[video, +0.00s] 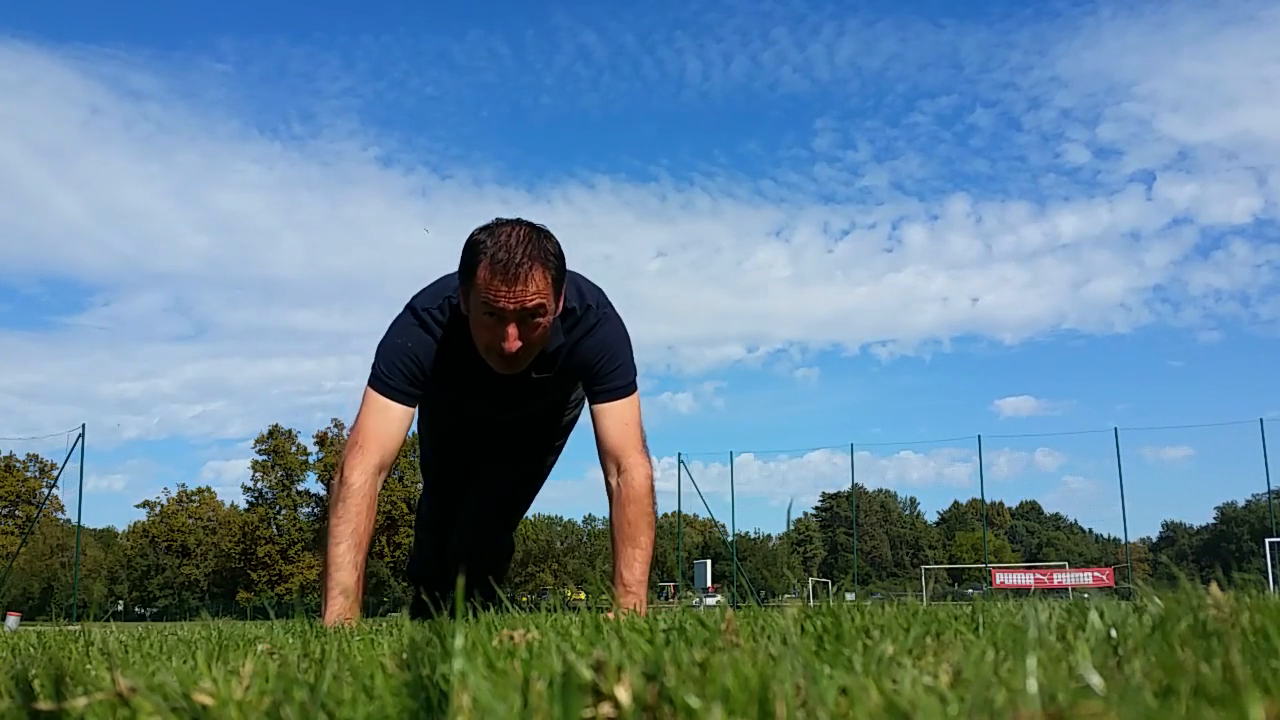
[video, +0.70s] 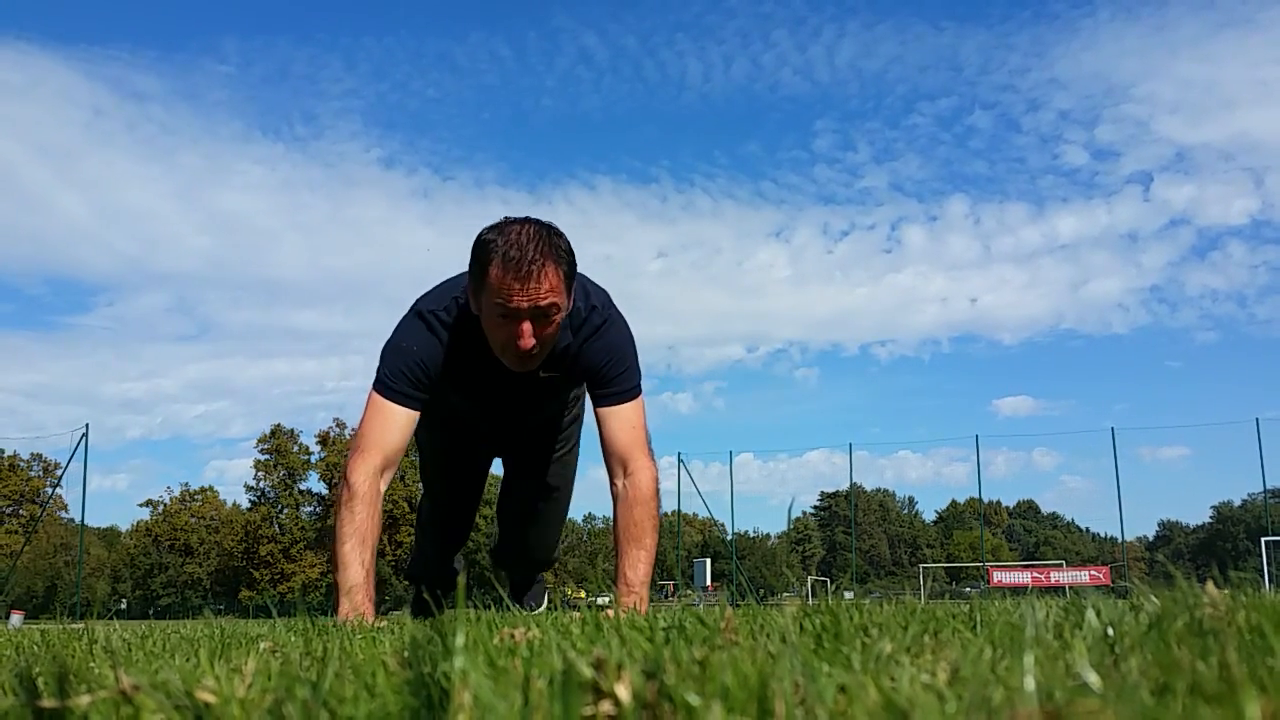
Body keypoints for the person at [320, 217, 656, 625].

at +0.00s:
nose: (511, 339)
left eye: (531, 317)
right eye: (493, 316)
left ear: (557, 300)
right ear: (464, 296)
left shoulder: (594, 326)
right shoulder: (423, 327)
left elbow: (627, 468)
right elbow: (361, 467)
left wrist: (630, 613)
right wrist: (340, 624)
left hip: (542, 410)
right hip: (454, 404)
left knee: (494, 524)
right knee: (441, 511)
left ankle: (476, 626)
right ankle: (427, 623)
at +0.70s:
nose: (526, 337)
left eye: (545, 315)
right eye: (506, 315)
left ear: (568, 296)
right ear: (474, 296)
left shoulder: (599, 326)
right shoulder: (428, 329)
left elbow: (632, 471)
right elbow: (365, 471)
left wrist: (631, 613)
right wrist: (355, 620)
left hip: (548, 415)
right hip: (457, 414)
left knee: (535, 544)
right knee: (441, 531)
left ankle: (522, 580)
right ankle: (429, 614)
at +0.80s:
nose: (525, 355)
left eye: (544, 332)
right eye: (507, 333)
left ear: (565, 310)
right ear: (472, 310)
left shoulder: (597, 328)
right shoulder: (426, 324)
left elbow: (630, 471)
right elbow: (361, 467)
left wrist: (631, 613)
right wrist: (351, 622)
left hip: (545, 400)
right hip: (451, 402)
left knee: (552, 556)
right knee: (434, 544)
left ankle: (518, 552)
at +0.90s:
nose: (517, 341)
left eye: (536, 318)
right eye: (497, 318)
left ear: (558, 297)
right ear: (464, 296)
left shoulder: (593, 322)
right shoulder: (418, 315)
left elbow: (624, 467)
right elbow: (368, 463)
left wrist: (630, 613)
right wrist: (349, 620)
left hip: (536, 395)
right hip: (444, 395)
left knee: (548, 549)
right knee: (427, 549)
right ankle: (425, 648)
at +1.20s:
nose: (483, 333)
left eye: (502, 307)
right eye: (461, 309)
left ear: (532, 277)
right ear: (430, 285)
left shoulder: (584, 302)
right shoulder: (389, 305)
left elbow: (593, 456)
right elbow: (351, 458)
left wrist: (574, 604)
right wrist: (345, 614)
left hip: (532, 389)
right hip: (439, 390)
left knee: (536, 533)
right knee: (423, 521)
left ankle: (541, 604)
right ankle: (403, 598)